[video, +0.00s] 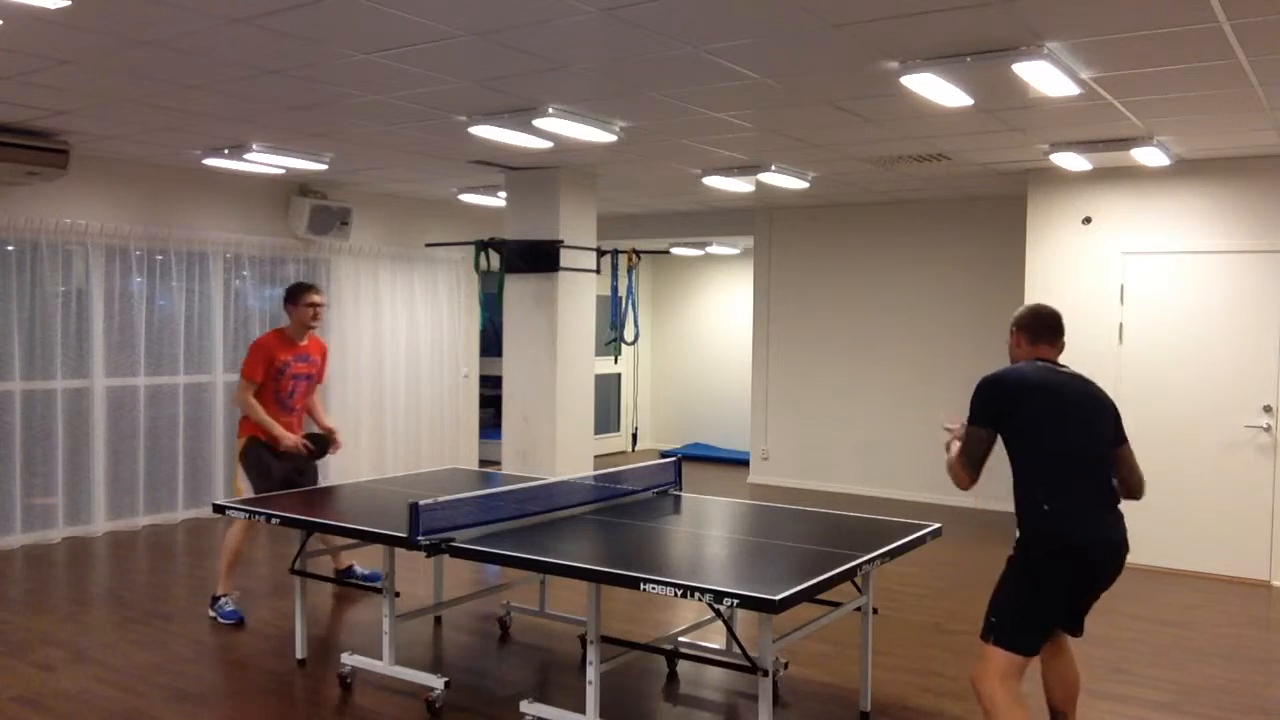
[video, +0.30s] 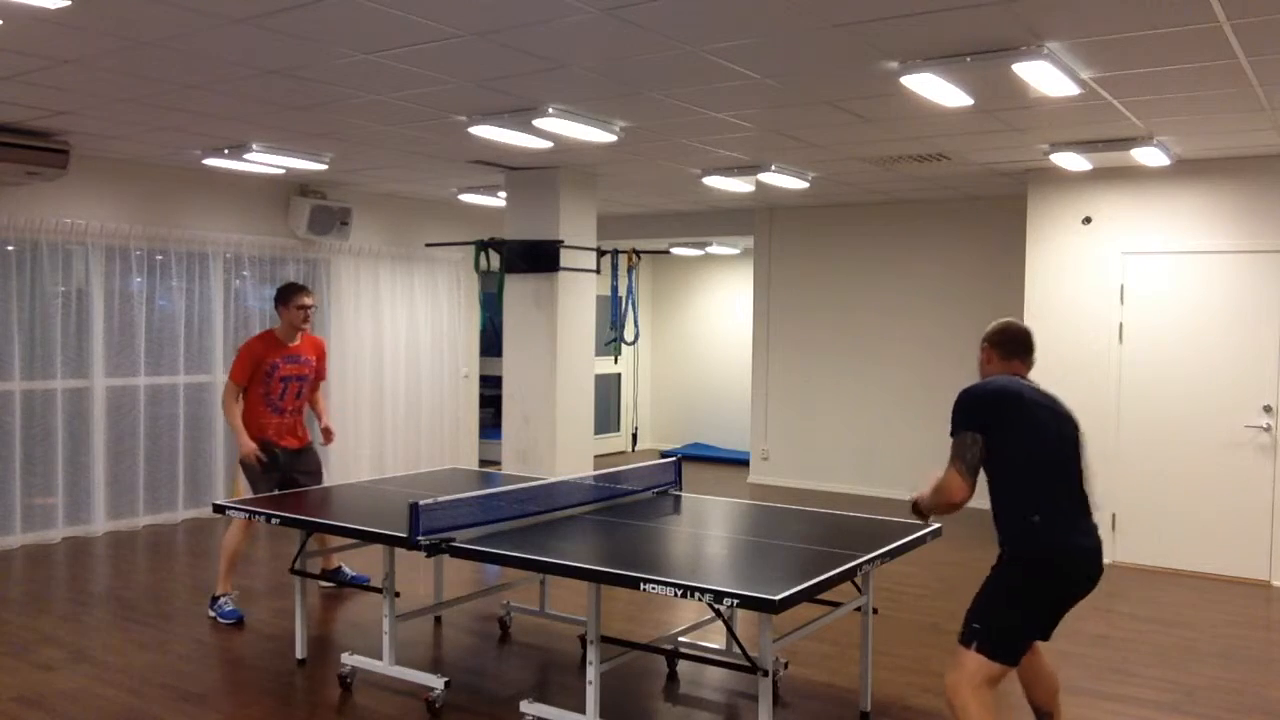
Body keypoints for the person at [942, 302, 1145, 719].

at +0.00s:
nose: (1009, 349)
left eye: (1010, 342)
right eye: (1010, 342)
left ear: (1017, 340)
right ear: (1060, 345)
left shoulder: (1000, 385)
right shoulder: (1093, 394)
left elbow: (964, 476)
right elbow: (1133, 487)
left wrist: (955, 445)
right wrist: (1087, 468)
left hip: (1048, 544)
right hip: (1107, 545)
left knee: (993, 676)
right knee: (1054, 637)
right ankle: (1063, 716)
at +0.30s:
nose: (981, 364)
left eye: (981, 357)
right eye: (982, 358)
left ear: (987, 356)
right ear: (1027, 361)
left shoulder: (980, 397)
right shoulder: (1056, 409)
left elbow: (957, 491)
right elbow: (1065, 487)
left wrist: (925, 504)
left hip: (1033, 557)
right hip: (1084, 556)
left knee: (966, 683)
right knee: (1023, 645)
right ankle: (1050, 713)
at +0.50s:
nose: (937, 369)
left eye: (938, 359)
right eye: (937, 359)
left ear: (949, 356)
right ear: (983, 357)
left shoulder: (952, 399)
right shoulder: (1021, 404)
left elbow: (950, 495)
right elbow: (1019, 487)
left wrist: (924, 514)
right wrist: (960, 513)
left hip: (1008, 568)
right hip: (1061, 564)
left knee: (923, 699)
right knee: (1029, 661)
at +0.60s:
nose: (901, 369)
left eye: (902, 359)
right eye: (901, 359)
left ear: (914, 357)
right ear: (952, 358)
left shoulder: (914, 415)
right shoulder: (995, 403)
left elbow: (922, 522)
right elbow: (1012, 487)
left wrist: (910, 528)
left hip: (988, 583)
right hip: (1049, 571)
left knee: (898, 702)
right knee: (1032, 675)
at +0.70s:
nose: (878, 373)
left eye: (877, 363)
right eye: (875, 364)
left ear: (891, 363)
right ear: (931, 358)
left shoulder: (892, 429)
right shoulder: (993, 406)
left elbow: (902, 544)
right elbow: (1063, 483)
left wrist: (926, 542)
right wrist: (1047, 520)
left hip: (979, 588)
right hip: (1044, 575)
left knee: (884, 706)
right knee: (1022, 670)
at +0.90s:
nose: (887, 357)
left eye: (887, 347)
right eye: (887, 348)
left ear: (901, 348)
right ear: (943, 345)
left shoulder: (894, 417)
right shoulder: (1005, 393)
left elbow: (902, 531)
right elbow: (1063, 482)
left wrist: (934, 502)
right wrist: (1008, 505)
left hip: (976, 576)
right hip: (1048, 567)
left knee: (905, 701)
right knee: (1027, 666)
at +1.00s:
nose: (899, 356)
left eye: (900, 344)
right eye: (899, 345)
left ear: (915, 346)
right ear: (956, 345)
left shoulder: (906, 410)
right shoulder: (1011, 392)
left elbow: (908, 518)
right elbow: (1052, 490)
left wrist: (949, 482)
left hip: (988, 570)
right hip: (1057, 562)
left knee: (913, 700)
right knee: (1030, 667)